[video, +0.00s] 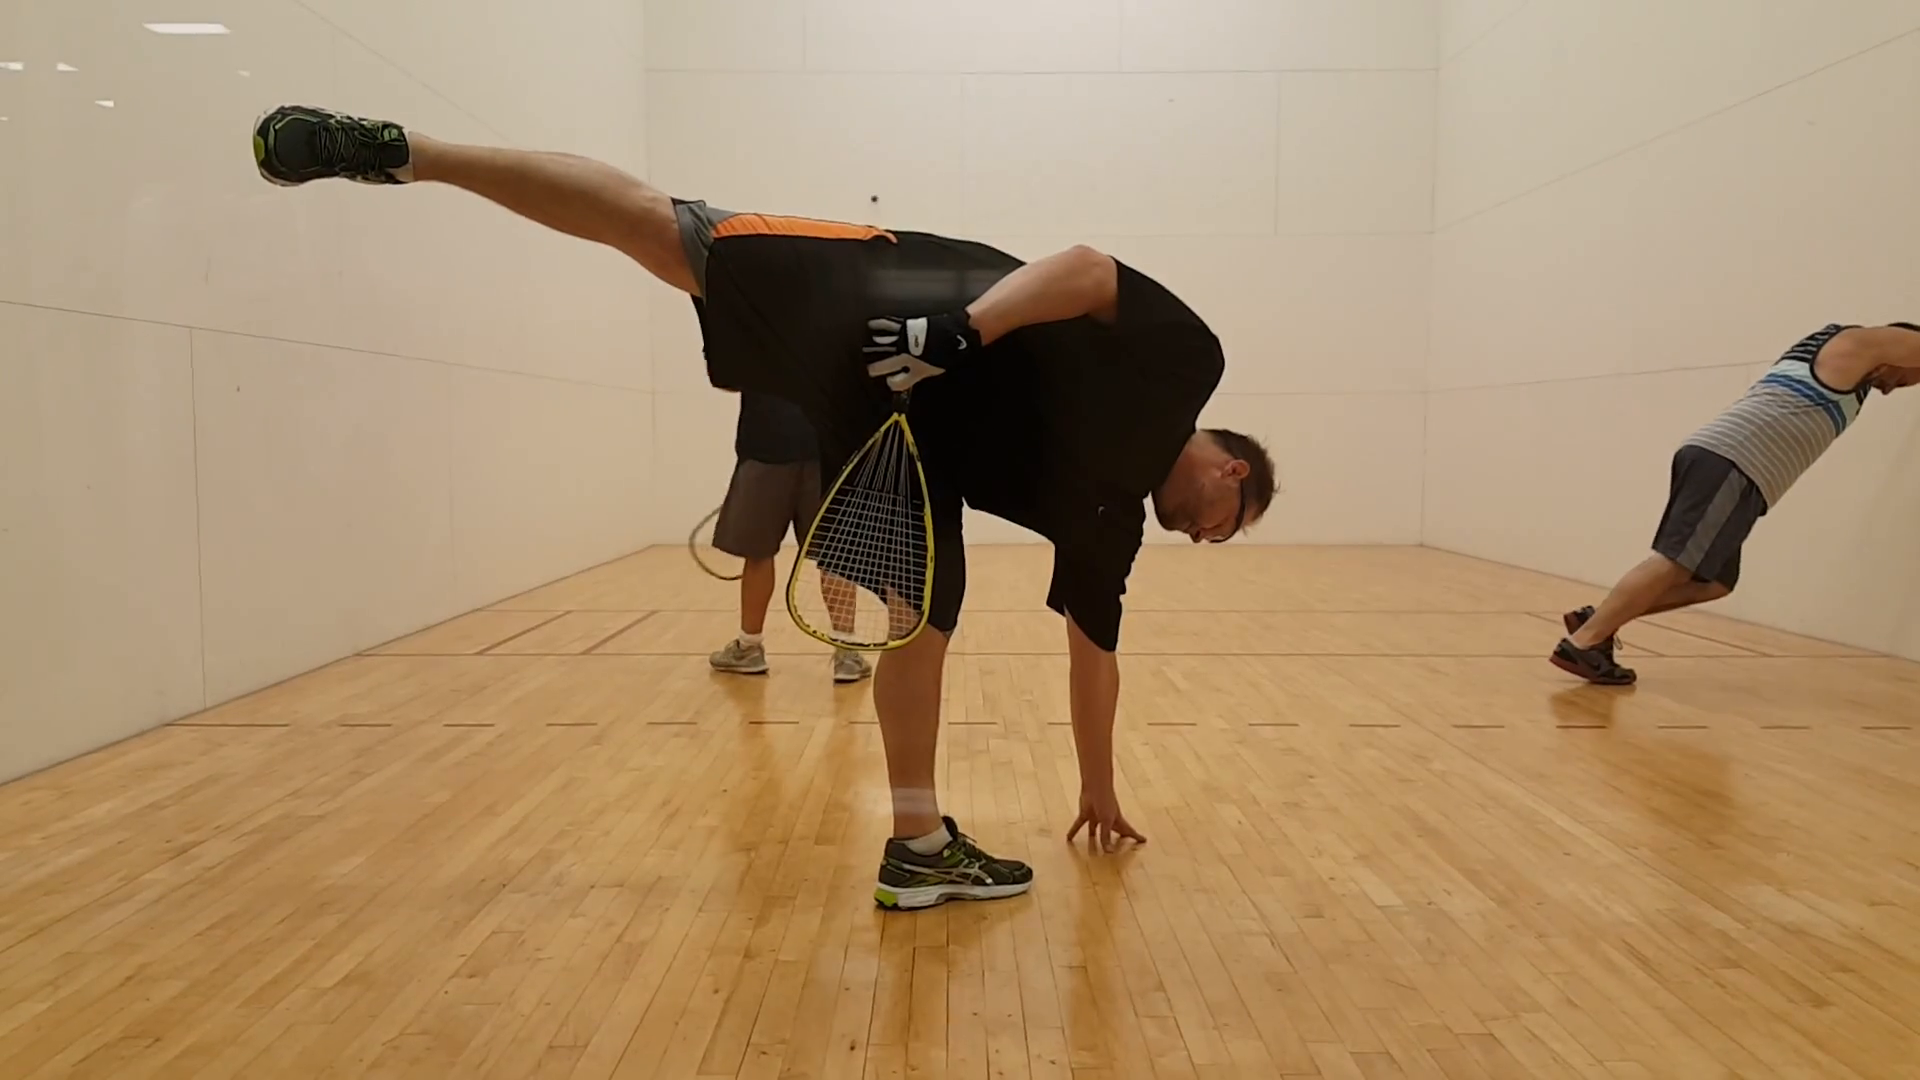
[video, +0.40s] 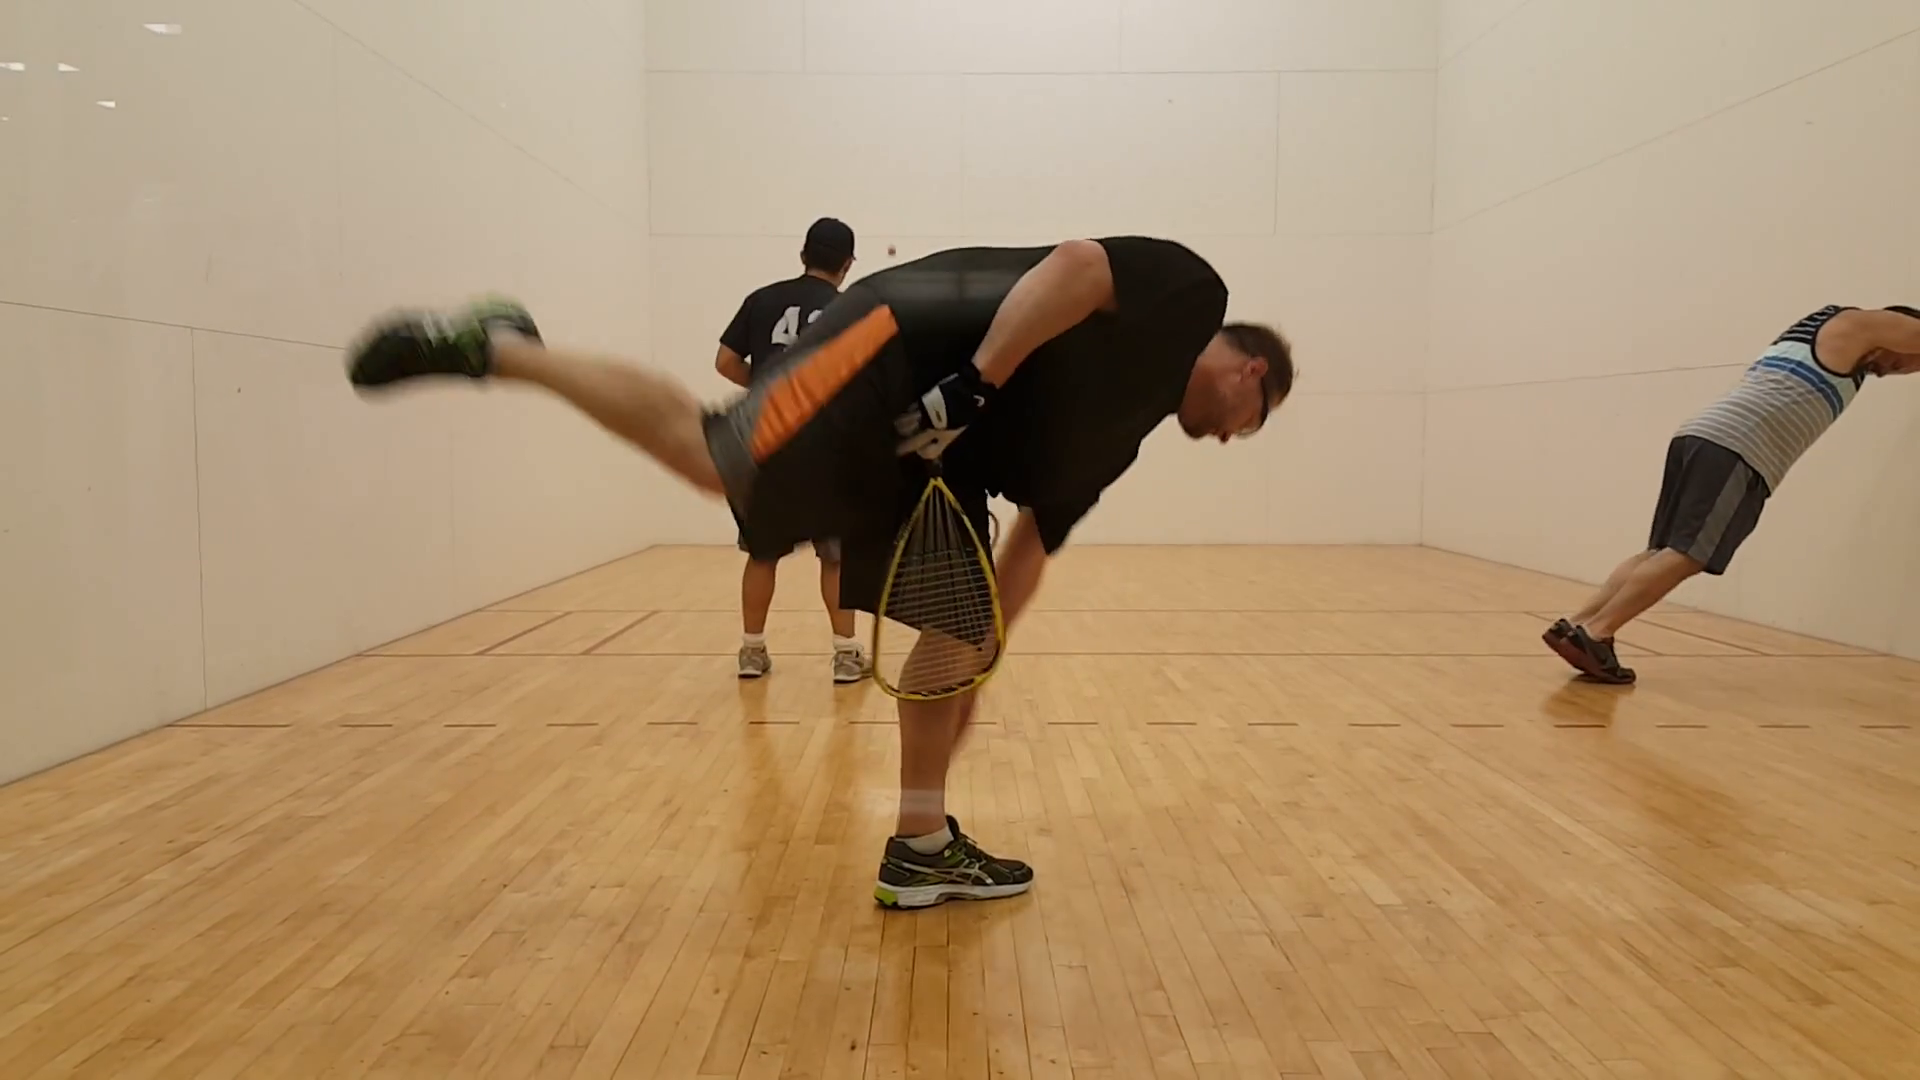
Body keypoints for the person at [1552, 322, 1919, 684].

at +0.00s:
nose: (1901, 386)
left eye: (1908, 380)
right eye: (1908, 375)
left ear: (1893, 357)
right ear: (1895, 355)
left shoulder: (1834, 362)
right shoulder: (1852, 347)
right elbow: (1919, 346)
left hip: (1734, 473)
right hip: (1729, 465)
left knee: (1715, 581)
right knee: (1677, 561)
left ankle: (1598, 618)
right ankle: (1586, 643)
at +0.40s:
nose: (1897, 372)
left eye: (1905, 368)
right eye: (1905, 362)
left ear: (1891, 339)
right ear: (1896, 337)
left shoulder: (1816, 332)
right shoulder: (1853, 326)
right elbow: (1919, 336)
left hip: (1700, 438)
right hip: (1734, 452)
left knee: (1664, 550)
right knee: (1687, 556)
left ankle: (1577, 624)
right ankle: (1594, 634)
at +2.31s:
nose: (1908, 319)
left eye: (1910, 310)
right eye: (1905, 308)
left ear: (1867, 295)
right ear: (1873, 294)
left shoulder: (1815, 325)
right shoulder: (1855, 325)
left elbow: (1908, 354)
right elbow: (1918, 342)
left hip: (1692, 433)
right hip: (1729, 450)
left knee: (1650, 545)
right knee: (1672, 549)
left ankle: (1571, 626)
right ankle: (1587, 634)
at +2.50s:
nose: (1898, 315)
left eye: (1899, 307)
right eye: (1892, 303)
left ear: (1849, 306)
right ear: (1851, 298)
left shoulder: (1810, 333)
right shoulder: (1847, 334)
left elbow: (1909, 356)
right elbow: (1917, 343)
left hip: (1676, 439)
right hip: (1716, 456)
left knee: (1634, 543)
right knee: (1710, 563)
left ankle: (1564, 633)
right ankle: (1607, 628)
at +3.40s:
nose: (1901, 313)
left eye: (1902, 306)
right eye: (1893, 301)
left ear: (1852, 309)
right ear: (1852, 302)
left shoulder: (1821, 340)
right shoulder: (1850, 341)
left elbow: (1906, 356)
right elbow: (1916, 350)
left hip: (1714, 454)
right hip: (1727, 463)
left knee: (1690, 574)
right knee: (1656, 546)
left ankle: (1582, 619)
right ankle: (1576, 638)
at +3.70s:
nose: (1903, 321)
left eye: (1904, 313)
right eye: (1895, 309)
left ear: (1854, 318)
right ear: (1853, 311)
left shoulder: (1827, 350)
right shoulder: (1852, 349)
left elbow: (1906, 360)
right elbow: (1917, 353)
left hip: (1717, 461)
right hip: (1728, 470)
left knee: (1706, 581)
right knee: (1651, 552)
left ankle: (1592, 616)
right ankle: (1572, 644)